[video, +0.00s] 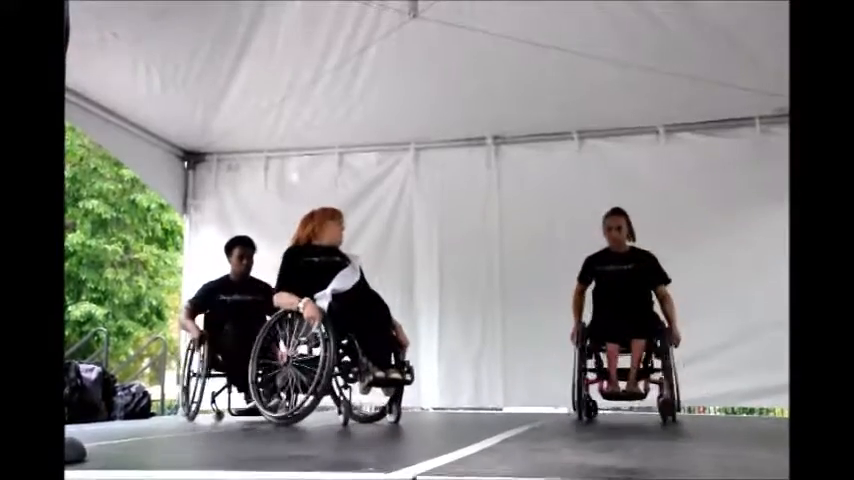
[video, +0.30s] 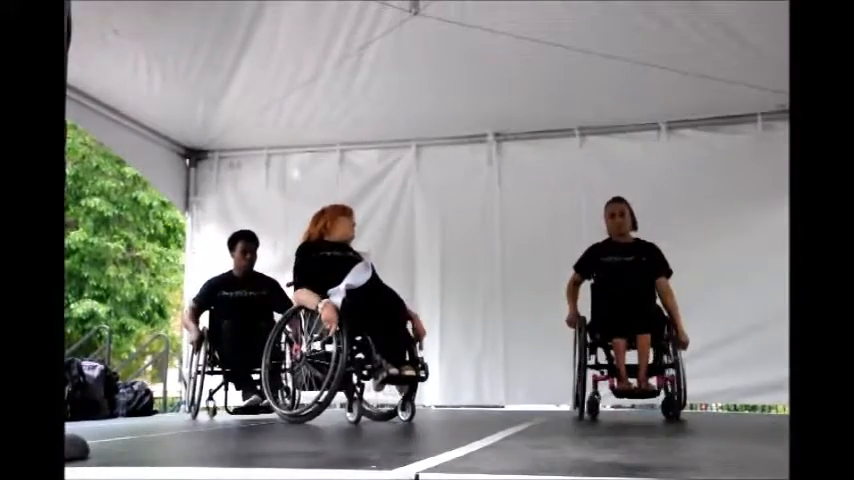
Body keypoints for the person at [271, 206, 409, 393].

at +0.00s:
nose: (342, 229)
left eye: (342, 225)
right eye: (338, 225)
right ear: (319, 227)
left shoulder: (345, 259)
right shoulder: (296, 254)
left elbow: (367, 293)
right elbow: (279, 296)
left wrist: (394, 326)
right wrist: (302, 303)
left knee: (375, 308)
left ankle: (382, 366)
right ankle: (376, 367)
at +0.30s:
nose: (354, 226)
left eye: (353, 222)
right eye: (349, 222)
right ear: (330, 224)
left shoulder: (354, 255)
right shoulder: (308, 250)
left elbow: (379, 287)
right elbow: (301, 292)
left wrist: (412, 316)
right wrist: (322, 304)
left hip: (369, 303)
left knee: (391, 307)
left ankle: (399, 363)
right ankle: (390, 364)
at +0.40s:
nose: (355, 224)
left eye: (354, 220)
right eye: (350, 219)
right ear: (332, 223)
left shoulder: (355, 255)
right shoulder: (310, 250)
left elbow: (382, 286)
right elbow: (303, 292)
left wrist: (416, 305)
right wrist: (325, 299)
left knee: (397, 306)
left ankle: (399, 363)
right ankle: (388, 365)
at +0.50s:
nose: (358, 222)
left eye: (357, 218)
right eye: (352, 218)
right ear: (334, 222)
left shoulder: (360, 255)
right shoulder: (313, 250)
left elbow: (396, 281)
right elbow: (306, 286)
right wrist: (329, 278)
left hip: (369, 303)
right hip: (332, 311)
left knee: (400, 304)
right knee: (381, 308)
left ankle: (406, 362)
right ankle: (388, 364)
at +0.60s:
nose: (356, 231)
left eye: (358, 226)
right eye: (351, 226)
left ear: (358, 226)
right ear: (332, 227)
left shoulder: (364, 255)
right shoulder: (315, 248)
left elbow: (408, 270)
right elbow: (308, 276)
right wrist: (326, 258)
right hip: (332, 311)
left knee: (401, 304)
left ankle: (409, 361)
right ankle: (394, 363)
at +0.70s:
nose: (361, 220)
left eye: (361, 216)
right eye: (356, 216)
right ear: (339, 220)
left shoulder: (367, 252)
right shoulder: (319, 244)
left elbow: (411, 256)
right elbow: (310, 261)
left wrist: (431, 230)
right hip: (336, 305)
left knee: (403, 306)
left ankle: (414, 362)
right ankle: (402, 363)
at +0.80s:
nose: (363, 221)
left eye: (363, 216)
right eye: (357, 216)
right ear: (340, 220)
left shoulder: (367, 251)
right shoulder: (322, 250)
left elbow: (412, 245)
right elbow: (314, 248)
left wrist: (425, 207)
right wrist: (326, 209)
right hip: (339, 310)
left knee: (407, 305)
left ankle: (417, 361)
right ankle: (406, 363)